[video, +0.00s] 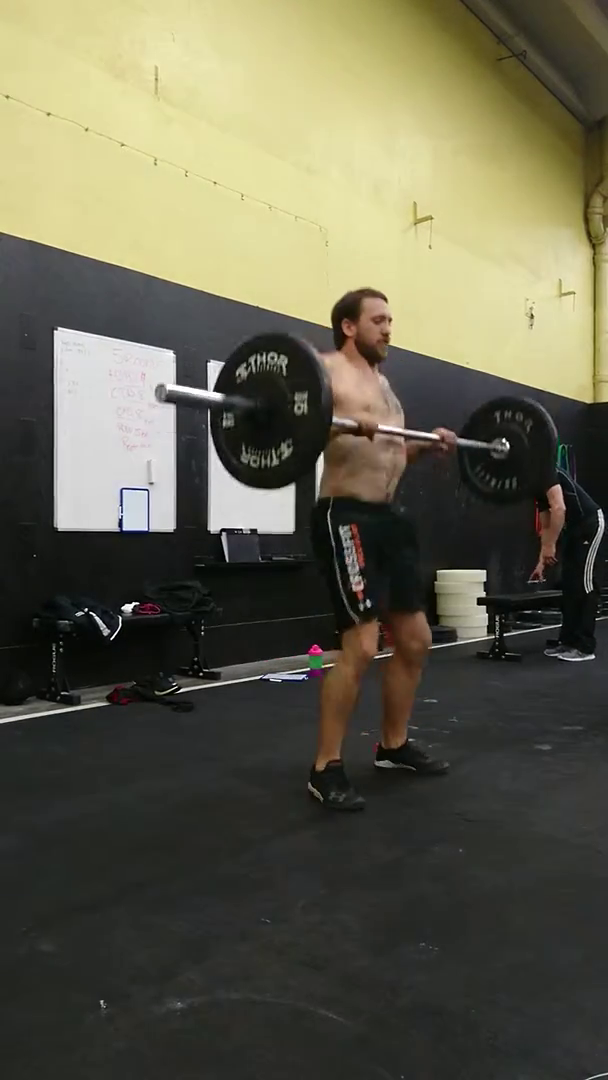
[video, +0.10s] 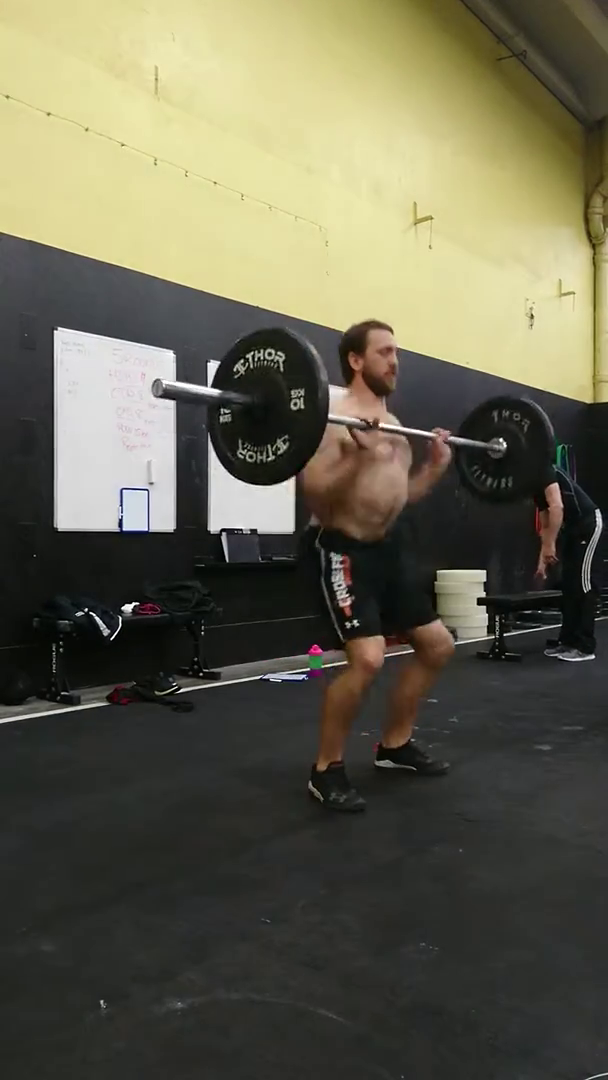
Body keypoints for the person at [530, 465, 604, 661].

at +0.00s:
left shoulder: (544, 472)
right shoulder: (536, 484)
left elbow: (559, 509)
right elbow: (545, 526)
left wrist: (549, 544)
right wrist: (541, 562)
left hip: (590, 523)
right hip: (573, 527)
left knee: (583, 581)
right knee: (569, 583)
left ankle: (584, 646)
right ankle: (568, 641)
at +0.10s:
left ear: (522, 463)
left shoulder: (545, 471)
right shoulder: (535, 481)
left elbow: (557, 508)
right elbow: (544, 524)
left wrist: (549, 544)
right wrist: (543, 557)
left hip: (588, 523)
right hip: (572, 526)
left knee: (582, 582)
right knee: (569, 583)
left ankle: (584, 646)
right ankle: (568, 641)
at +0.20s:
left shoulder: (543, 468)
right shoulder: (532, 472)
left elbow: (554, 506)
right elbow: (545, 514)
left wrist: (548, 545)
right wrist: (547, 552)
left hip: (585, 521)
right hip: (569, 524)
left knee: (577, 581)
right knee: (566, 582)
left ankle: (584, 646)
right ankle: (568, 641)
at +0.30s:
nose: (514, 468)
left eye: (514, 463)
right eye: (512, 464)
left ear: (521, 458)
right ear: (526, 454)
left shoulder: (545, 465)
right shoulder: (533, 476)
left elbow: (555, 504)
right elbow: (553, 515)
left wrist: (545, 540)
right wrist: (549, 551)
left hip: (583, 523)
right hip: (567, 527)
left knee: (573, 579)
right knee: (564, 581)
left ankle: (586, 645)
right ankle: (567, 641)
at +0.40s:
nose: (512, 464)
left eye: (511, 459)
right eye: (510, 460)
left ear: (522, 450)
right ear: (522, 451)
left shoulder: (546, 462)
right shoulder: (536, 470)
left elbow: (555, 501)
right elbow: (545, 507)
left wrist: (551, 542)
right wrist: (549, 544)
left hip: (580, 522)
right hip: (566, 525)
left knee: (570, 580)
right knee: (560, 581)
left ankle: (585, 644)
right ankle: (567, 641)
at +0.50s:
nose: (517, 456)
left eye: (517, 450)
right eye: (514, 453)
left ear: (529, 443)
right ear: (525, 447)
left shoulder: (552, 459)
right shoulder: (540, 466)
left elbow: (559, 496)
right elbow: (552, 506)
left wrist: (539, 526)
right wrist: (549, 538)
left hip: (579, 524)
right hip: (564, 528)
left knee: (571, 582)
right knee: (560, 583)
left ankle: (582, 646)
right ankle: (566, 641)